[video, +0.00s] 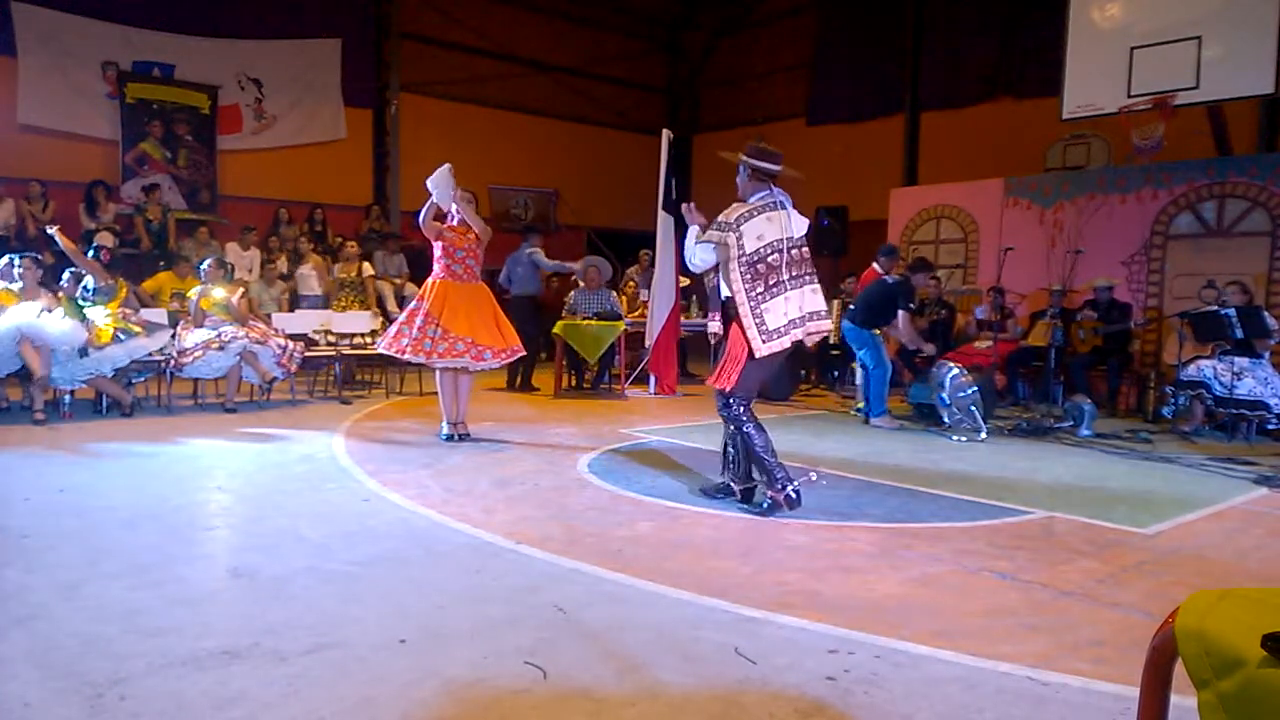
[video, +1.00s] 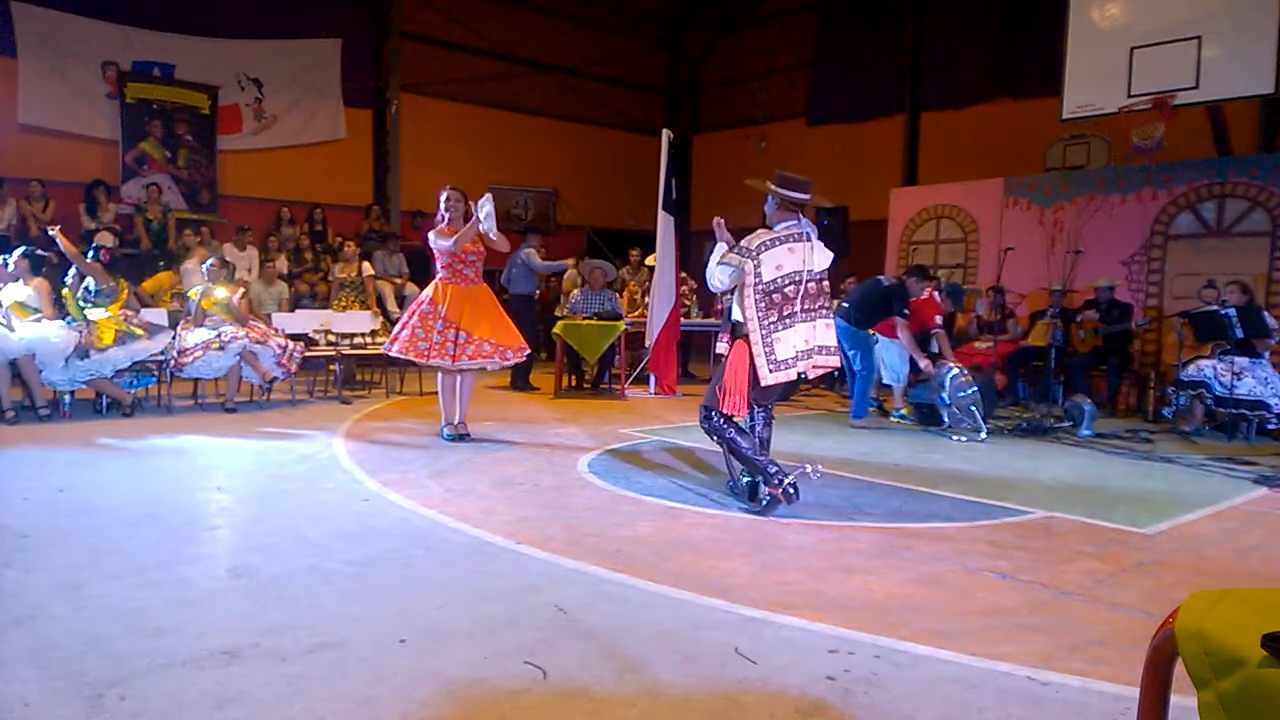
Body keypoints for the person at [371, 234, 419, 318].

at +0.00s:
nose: (396, 245)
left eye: (397, 242)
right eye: (393, 242)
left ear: (398, 243)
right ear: (387, 243)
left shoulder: (400, 256)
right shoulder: (379, 254)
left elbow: (406, 272)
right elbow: (379, 273)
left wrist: (402, 283)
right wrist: (393, 282)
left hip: (398, 278)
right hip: (383, 278)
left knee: (413, 291)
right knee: (387, 291)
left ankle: (408, 315)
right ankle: (394, 314)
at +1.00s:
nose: (396, 245)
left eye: (397, 242)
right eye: (393, 243)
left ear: (398, 244)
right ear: (386, 244)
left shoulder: (400, 255)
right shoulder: (379, 255)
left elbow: (405, 272)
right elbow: (379, 273)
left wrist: (402, 283)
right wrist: (394, 282)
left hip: (398, 278)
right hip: (384, 278)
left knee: (414, 291)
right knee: (387, 290)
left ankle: (406, 315)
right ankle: (395, 315)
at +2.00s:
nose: (395, 244)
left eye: (396, 241)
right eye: (392, 241)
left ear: (398, 243)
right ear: (386, 243)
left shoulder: (400, 255)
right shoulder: (378, 255)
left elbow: (405, 272)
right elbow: (379, 274)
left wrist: (403, 282)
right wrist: (393, 281)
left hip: (397, 278)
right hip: (384, 278)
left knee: (412, 289)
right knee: (386, 289)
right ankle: (393, 313)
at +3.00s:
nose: (396, 245)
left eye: (397, 243)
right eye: (394, 243)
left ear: (399, 244)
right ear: (387, 243)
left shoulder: (400, 255)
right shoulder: (379, 254)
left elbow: (405, 272)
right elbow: (380, 273)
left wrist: (404, 282)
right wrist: (395, 283)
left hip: (398, 278)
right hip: (383, 278)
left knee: (414, 291)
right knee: (387, 291)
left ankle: (417, 317)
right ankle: (387, 318)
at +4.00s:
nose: (397, 245)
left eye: (398, 243)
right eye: (394, 243)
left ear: (399, 244)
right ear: (388, 243)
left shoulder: (400, 256)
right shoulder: (379, 254)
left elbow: (405, 272)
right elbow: (380, 273)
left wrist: (404, 282)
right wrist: (394, 283)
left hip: (398, 278)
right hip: (383, 278)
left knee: (414, 291)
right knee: (387, 291)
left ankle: (418, 317)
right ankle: (387, 318)